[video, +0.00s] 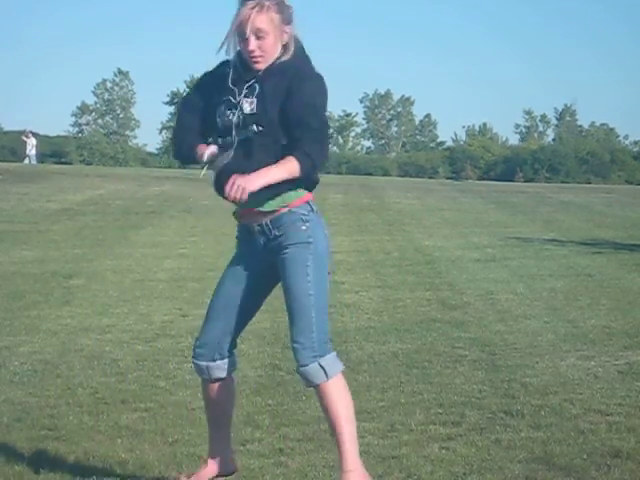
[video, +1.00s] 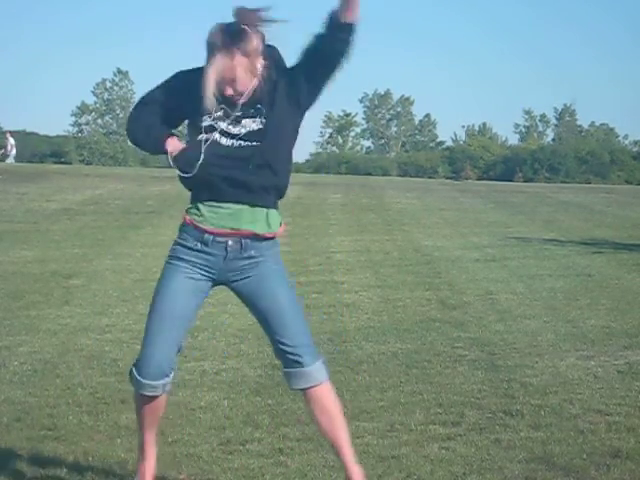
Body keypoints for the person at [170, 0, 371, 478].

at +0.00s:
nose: (251, 45)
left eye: (261, 35)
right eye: (244, 35)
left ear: (285, 36)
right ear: (236, 36)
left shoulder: (300, 78)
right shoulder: (223, 77)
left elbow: (312, 155)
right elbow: (185, 134)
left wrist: (257, 178)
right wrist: (213, 153)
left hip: (297, 226)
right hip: (252, 235)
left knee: (312, 353)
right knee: (211, 350)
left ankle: (353, 468)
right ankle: (221, 459)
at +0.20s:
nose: (270, 84)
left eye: (280, 75)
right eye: (264, 75)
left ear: (304, 79)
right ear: (257, 79)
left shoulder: (317, 141)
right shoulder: (232, 134)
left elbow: (329, 223)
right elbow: (200, 199)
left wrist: (274, 239)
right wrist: (216, 246)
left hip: (314, 276)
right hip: (264, 286)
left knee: (319, 399)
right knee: (200, 385)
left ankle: (367, 475)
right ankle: (218, 475)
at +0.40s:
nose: (269, 68)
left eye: (280, 62)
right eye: (265, 57)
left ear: (303, 61)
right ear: (257, 50)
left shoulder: (315, 103)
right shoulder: (232, 84)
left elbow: (358, 180)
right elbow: (189, 148)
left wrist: (321, 185)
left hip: (305, 241)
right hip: (248, 250)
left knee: (331, 367)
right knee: (209, 368)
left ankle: (370, 472)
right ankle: (216, 471)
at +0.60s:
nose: (272, 92)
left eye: (286, 86)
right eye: (267, 79)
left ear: (300, 83)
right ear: (256, 63)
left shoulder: (304, 124)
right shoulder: (213, 104)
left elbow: (331, 202)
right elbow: (179, 171)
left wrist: (330, 202)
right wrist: (203, 209)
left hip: (300, 253)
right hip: (243, 264)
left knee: (335, 372)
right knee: (191, 373)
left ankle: (385, 470)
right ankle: (172, 468)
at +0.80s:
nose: (253, 116)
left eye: (265, 111)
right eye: (248, 104)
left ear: (281, 114)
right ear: (238, 96)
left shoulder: (289, 152)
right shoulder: (199, 144)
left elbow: (335, 218)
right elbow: (151, 202)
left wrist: (352, 159)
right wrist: (197, 190)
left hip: (286, 290)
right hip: (226, 297)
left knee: (341, 389)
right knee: (155, 384)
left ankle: (388, 475)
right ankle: (170, 475)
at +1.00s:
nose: (234, 93)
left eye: (241, 84)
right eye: (224, 84)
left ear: (260, 67)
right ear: (212, 65)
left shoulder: (290, 90)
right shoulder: (192, 85)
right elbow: (140, 119)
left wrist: (348, 8)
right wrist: (173, 146)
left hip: (259, 256)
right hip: (193, 251)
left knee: (305, 363)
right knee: (151, 368)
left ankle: (354, 470)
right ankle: (147, 461)